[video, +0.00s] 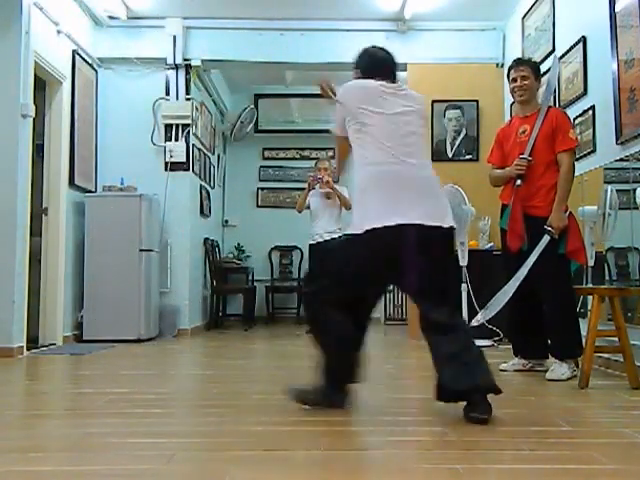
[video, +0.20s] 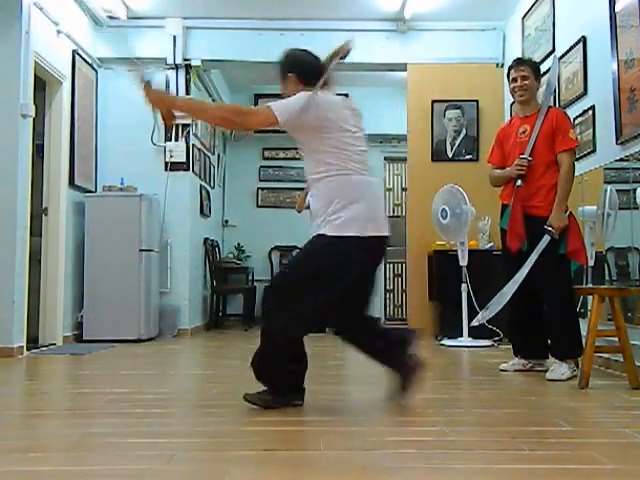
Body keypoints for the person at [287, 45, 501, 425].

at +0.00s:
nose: (352, 77)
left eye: (353, 72)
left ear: (358, 73)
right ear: (392, 74)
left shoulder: (349, 92)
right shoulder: (417, 100)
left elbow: (342, 148)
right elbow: (383, 110)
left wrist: (336, 176)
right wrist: (340, 96)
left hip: (377, 219)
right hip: (433, 220)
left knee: (338, 298)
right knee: (443, 310)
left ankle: (334, 388)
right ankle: (476, 394)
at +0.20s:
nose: (281, 89)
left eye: (283, 82)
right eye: (281, 83)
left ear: (296, 79)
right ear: (319, 77)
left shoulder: (306, 105)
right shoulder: (347, 106)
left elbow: (240, 118)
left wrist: (173, 102)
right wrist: (327, 70)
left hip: (343, 232)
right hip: (372, 232)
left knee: (281, 297)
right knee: (342, 314)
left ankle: (284, 389)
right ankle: (399, 354)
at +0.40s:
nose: (235, 105)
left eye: (237, 97)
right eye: (234, 98)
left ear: (252, 94)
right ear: (267, 95)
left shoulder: (298, 126)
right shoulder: (260, 146)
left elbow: (246, 165)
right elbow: (214, 192)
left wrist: (225, 115)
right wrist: (170, 164)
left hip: (321, 245)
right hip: (285, 245)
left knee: (259, 301)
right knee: (235, 294)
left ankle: (282, 389)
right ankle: (203, 361)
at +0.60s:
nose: (200, 111)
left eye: (204, 103)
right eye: (199, 105)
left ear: (227, 102)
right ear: (225, 104)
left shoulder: (274, 138)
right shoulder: (219, 148)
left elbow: (245, 185)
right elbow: (172, 190)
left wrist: (215, 136)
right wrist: (111, 182)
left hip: (289, 247)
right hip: (245, 248)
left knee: (250, 305)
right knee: (187, 286)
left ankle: (272, 388)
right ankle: (194, 360)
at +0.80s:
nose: (178, 114)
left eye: (182, 106)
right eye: (176, 107)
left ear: (209, 103)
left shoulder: (237, 136)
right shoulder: (191, 140)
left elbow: (183, 162)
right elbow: (149, 177)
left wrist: (120, 148)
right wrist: (147, 129)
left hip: (247, 243)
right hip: (205, 244)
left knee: (231, 307)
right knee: (146, 281)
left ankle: (270, 387)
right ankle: (140, 361)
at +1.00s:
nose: (123, 134)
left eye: (124, 124)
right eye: (119, 126)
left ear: (146, 110)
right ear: (141, 112)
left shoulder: (181, 139)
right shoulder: (146, 136)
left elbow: (133, 180)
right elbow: (86, 97)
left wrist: (83, 189)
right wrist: (119, 67)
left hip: (200, 245)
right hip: (158, 246)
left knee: (211, 304)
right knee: (109, 294)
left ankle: (259, 380)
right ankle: (111, 372)